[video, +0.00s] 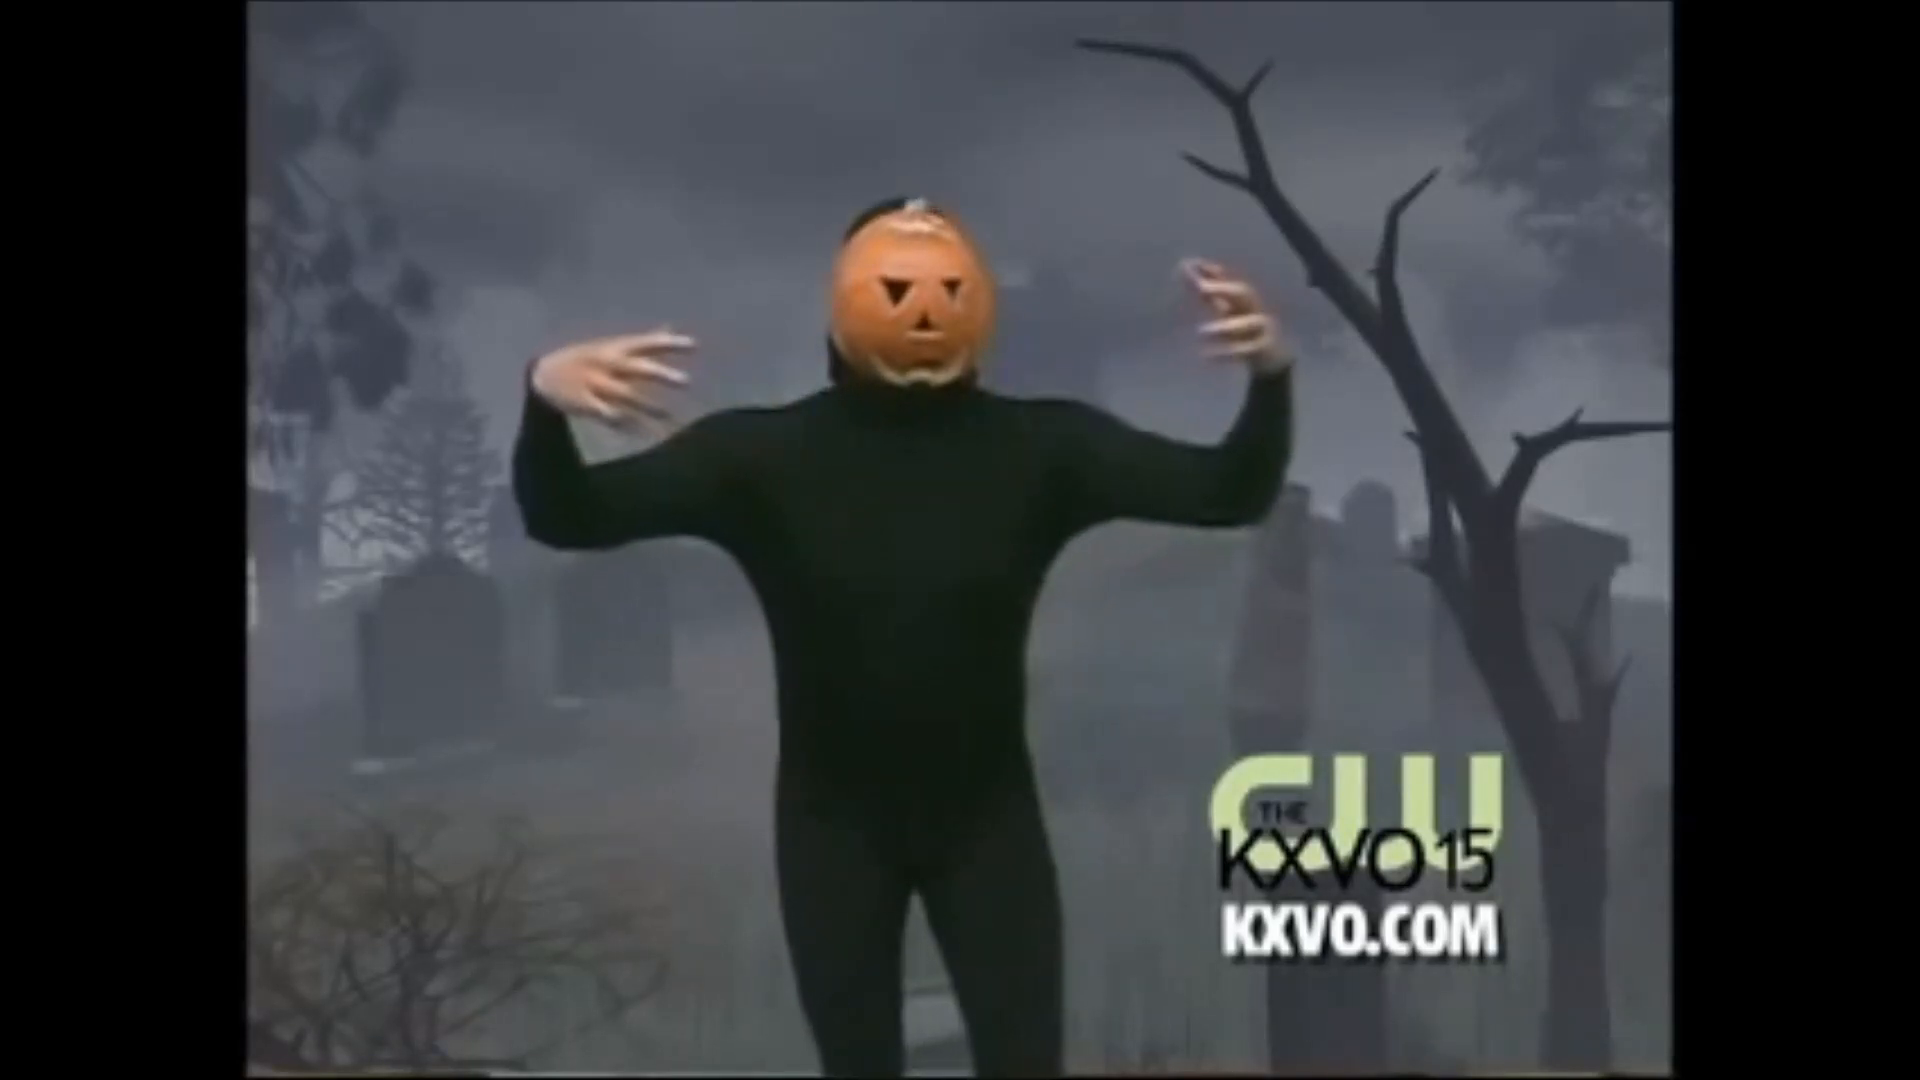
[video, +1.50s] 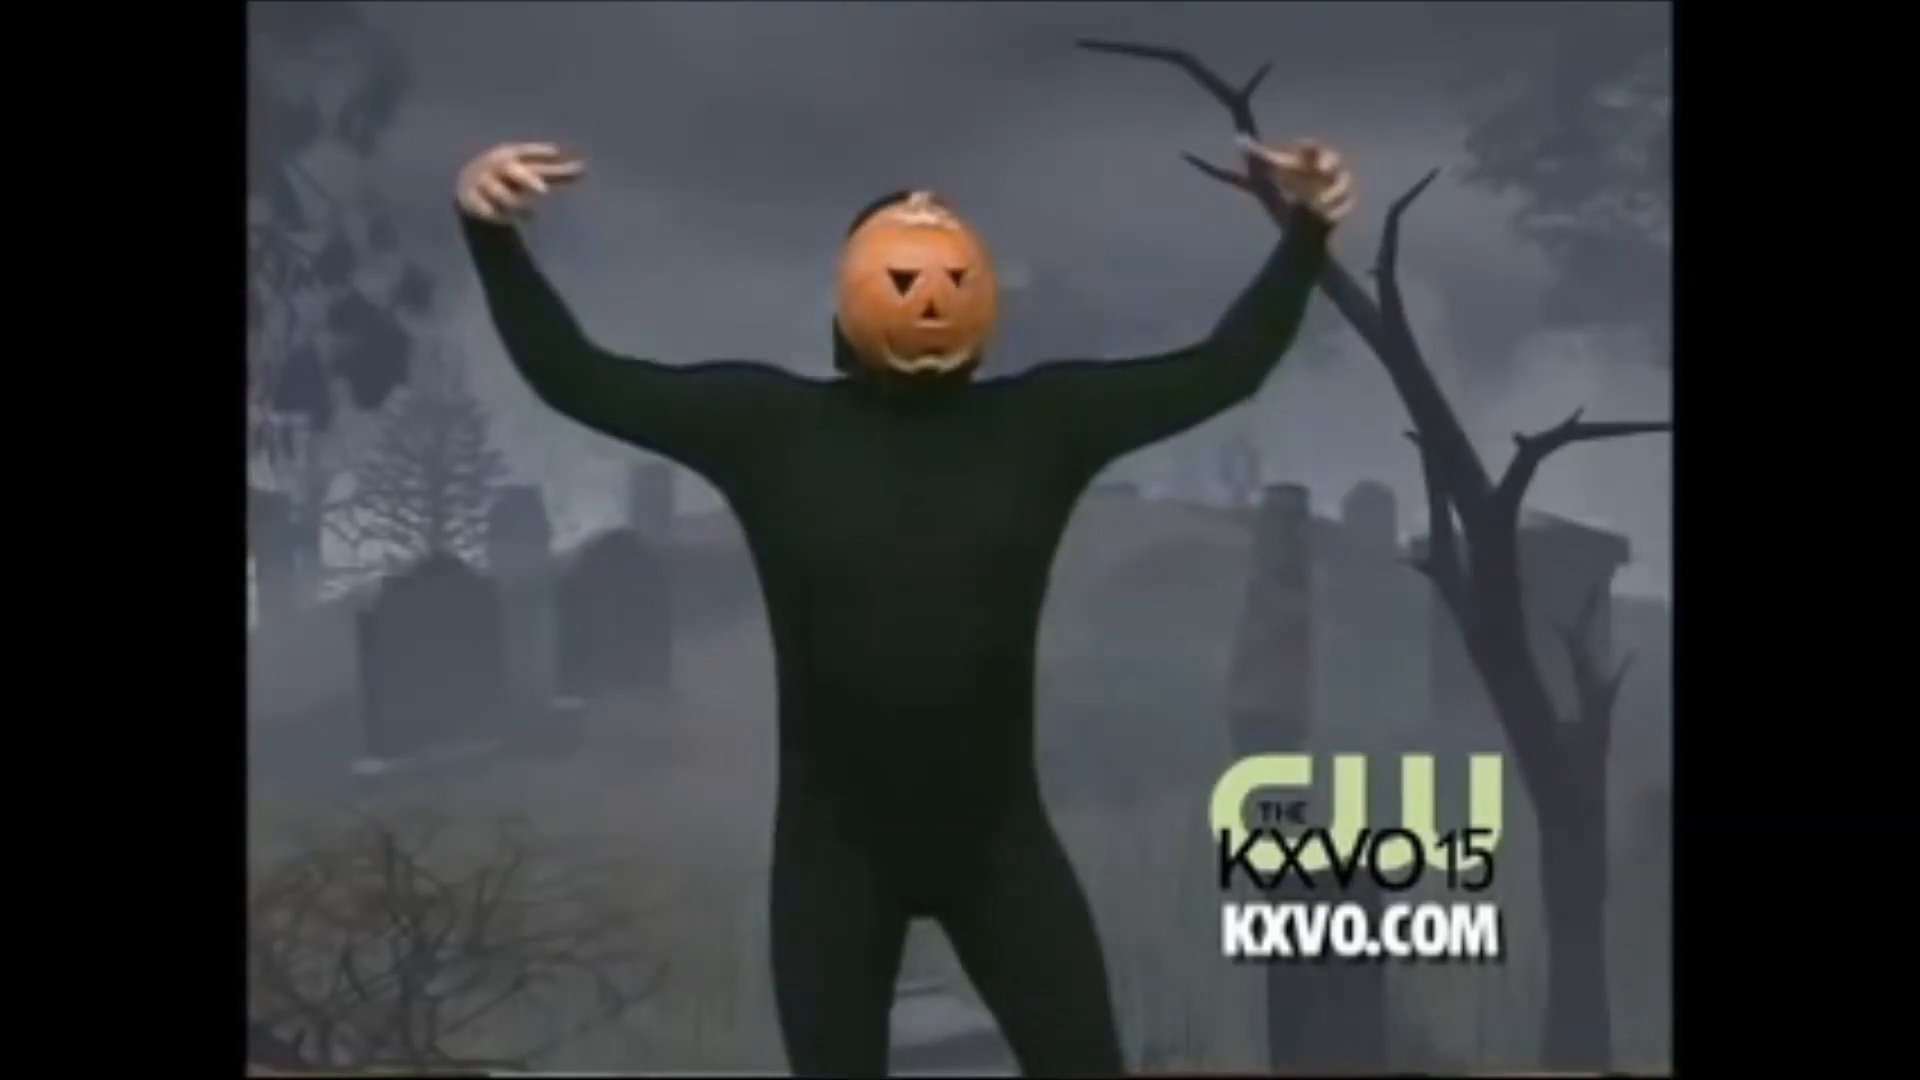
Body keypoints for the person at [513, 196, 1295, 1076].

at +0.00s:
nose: (926, 305)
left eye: (951, 287)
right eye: (893, 285)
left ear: (985, 314)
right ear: (836, 314)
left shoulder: (1046, 446)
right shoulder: (756, 453)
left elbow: (1236, 491)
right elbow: (565, 512)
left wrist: (1271, 376)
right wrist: (545, 400)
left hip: (988, 817)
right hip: (832, 823)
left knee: (1026, 1060)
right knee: (858, 1061)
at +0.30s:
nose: (923, 295)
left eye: (949, 281)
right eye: (891, 279)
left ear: (987, 316)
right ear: (837, 316)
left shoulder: (1050, 442)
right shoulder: (755, 450)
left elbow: (1236, 463)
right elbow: (562, 495)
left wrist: (1289, 339)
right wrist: (515, 374)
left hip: (991, 823)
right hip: (830, 831)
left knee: (1040, 1062)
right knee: (854, 1066)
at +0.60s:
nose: (926, 297)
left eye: (952, 279)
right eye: (893, 277)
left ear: (989, 316)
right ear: (838, 314)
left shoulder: (1049, 439)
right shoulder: (756, 449)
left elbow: (1235, 435)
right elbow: (560, 471)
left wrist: (1301, 307)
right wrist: (495, 344)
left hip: (994, 832)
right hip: (829, 841)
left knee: (1060, 1061)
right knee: (849, 1065)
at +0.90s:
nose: (926, 288)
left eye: (952, 271)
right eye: (892, 267)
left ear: (986, 317)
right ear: (837, 314)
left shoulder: (1051, 433)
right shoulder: (755, 442)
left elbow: (1232, 405)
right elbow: (559, 428)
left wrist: (1306, 278)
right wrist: (490, 293)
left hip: (996, 836)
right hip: (829, 846)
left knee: (1074, 1064)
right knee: (845, 1068)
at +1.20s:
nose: (925, 259)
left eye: (951, 252)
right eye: (891, 248)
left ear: (986, 311)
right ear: (837, 311)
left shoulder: (1049, 427)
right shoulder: (758, 432)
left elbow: (1228, 385)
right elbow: (564, 395)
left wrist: (1302, 251)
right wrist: (493, 257)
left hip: (997, 835)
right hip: (831, 843)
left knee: (1082, 1066)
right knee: (839, 1069)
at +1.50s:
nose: (926, 260)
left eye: (952, 250)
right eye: (892, 247)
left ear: (988, 309)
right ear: (838, 309)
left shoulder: (1053, 420)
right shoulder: (761, 423)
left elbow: (1229, 366)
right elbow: (571, 373)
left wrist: (1305, 234)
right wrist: (491, 233)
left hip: (1000, 838)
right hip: (833, 846)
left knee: (1087, 1068)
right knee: (834, 1072)